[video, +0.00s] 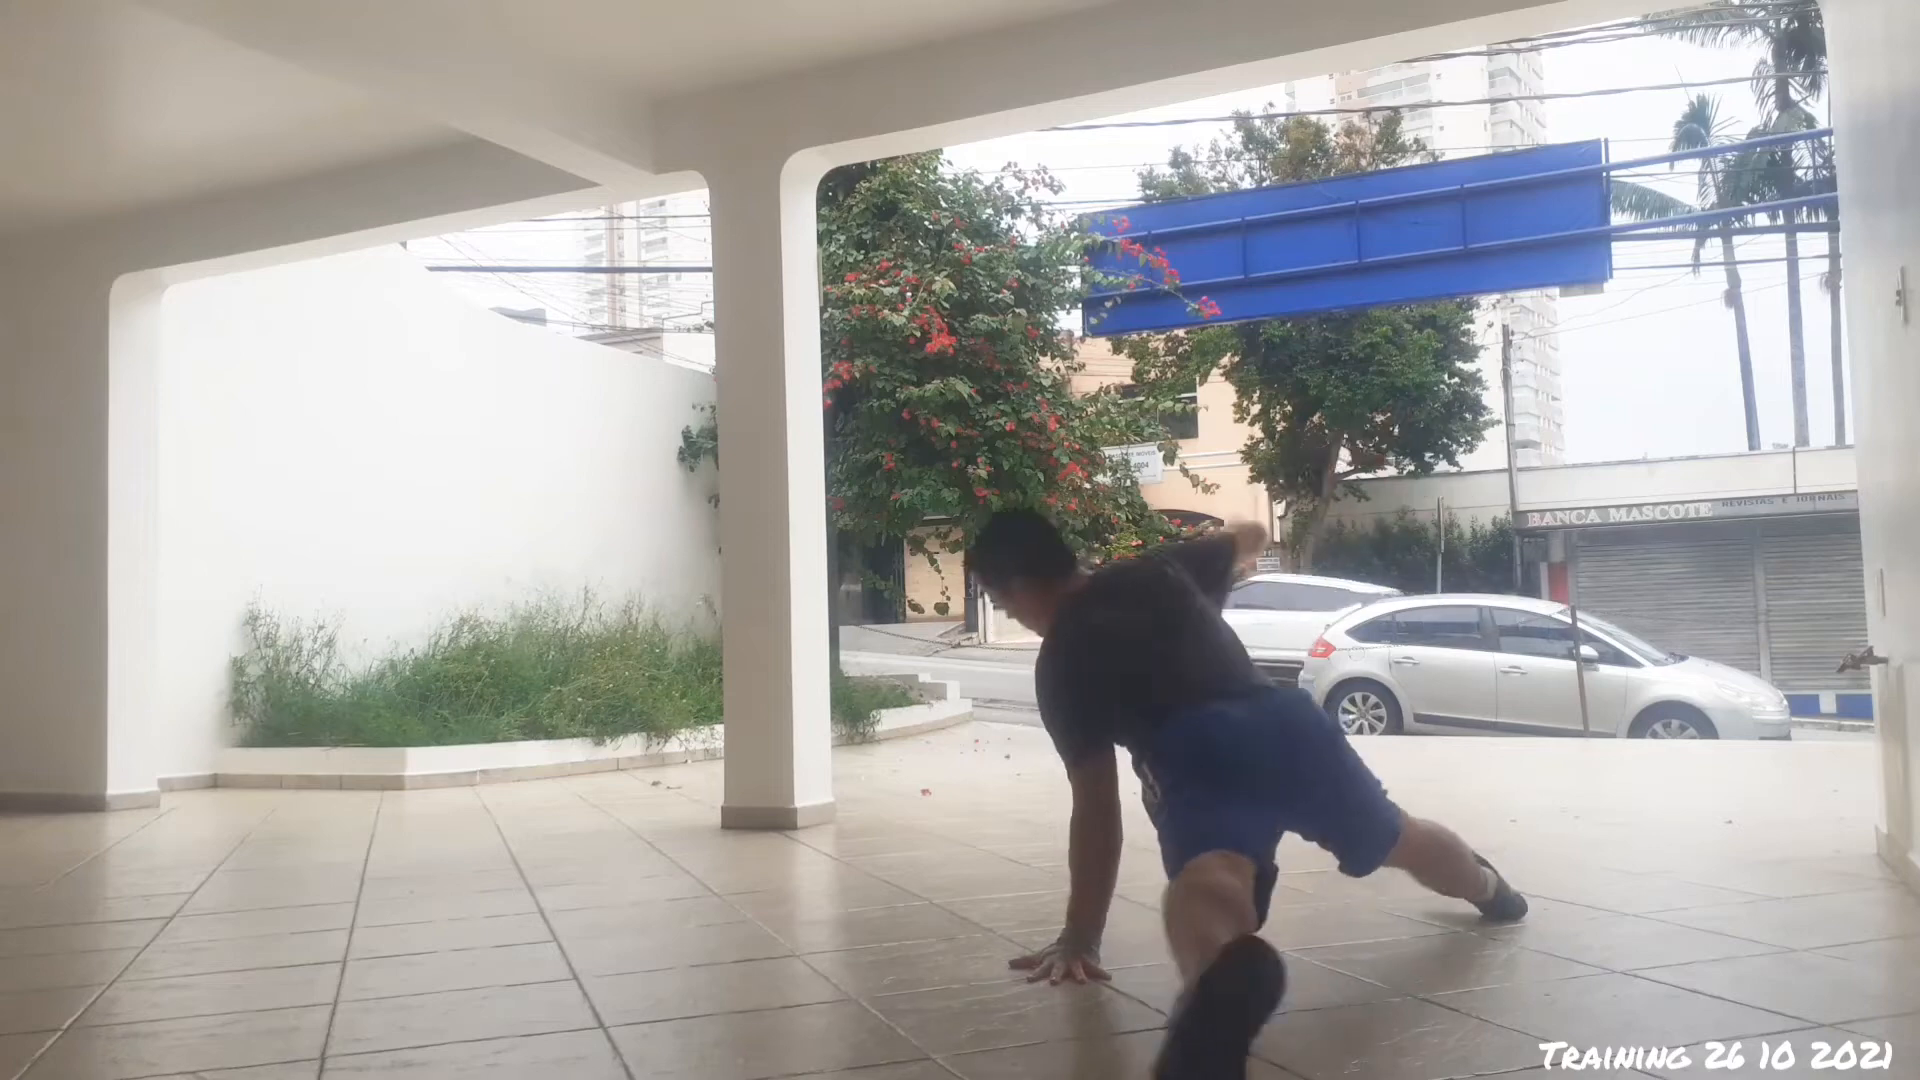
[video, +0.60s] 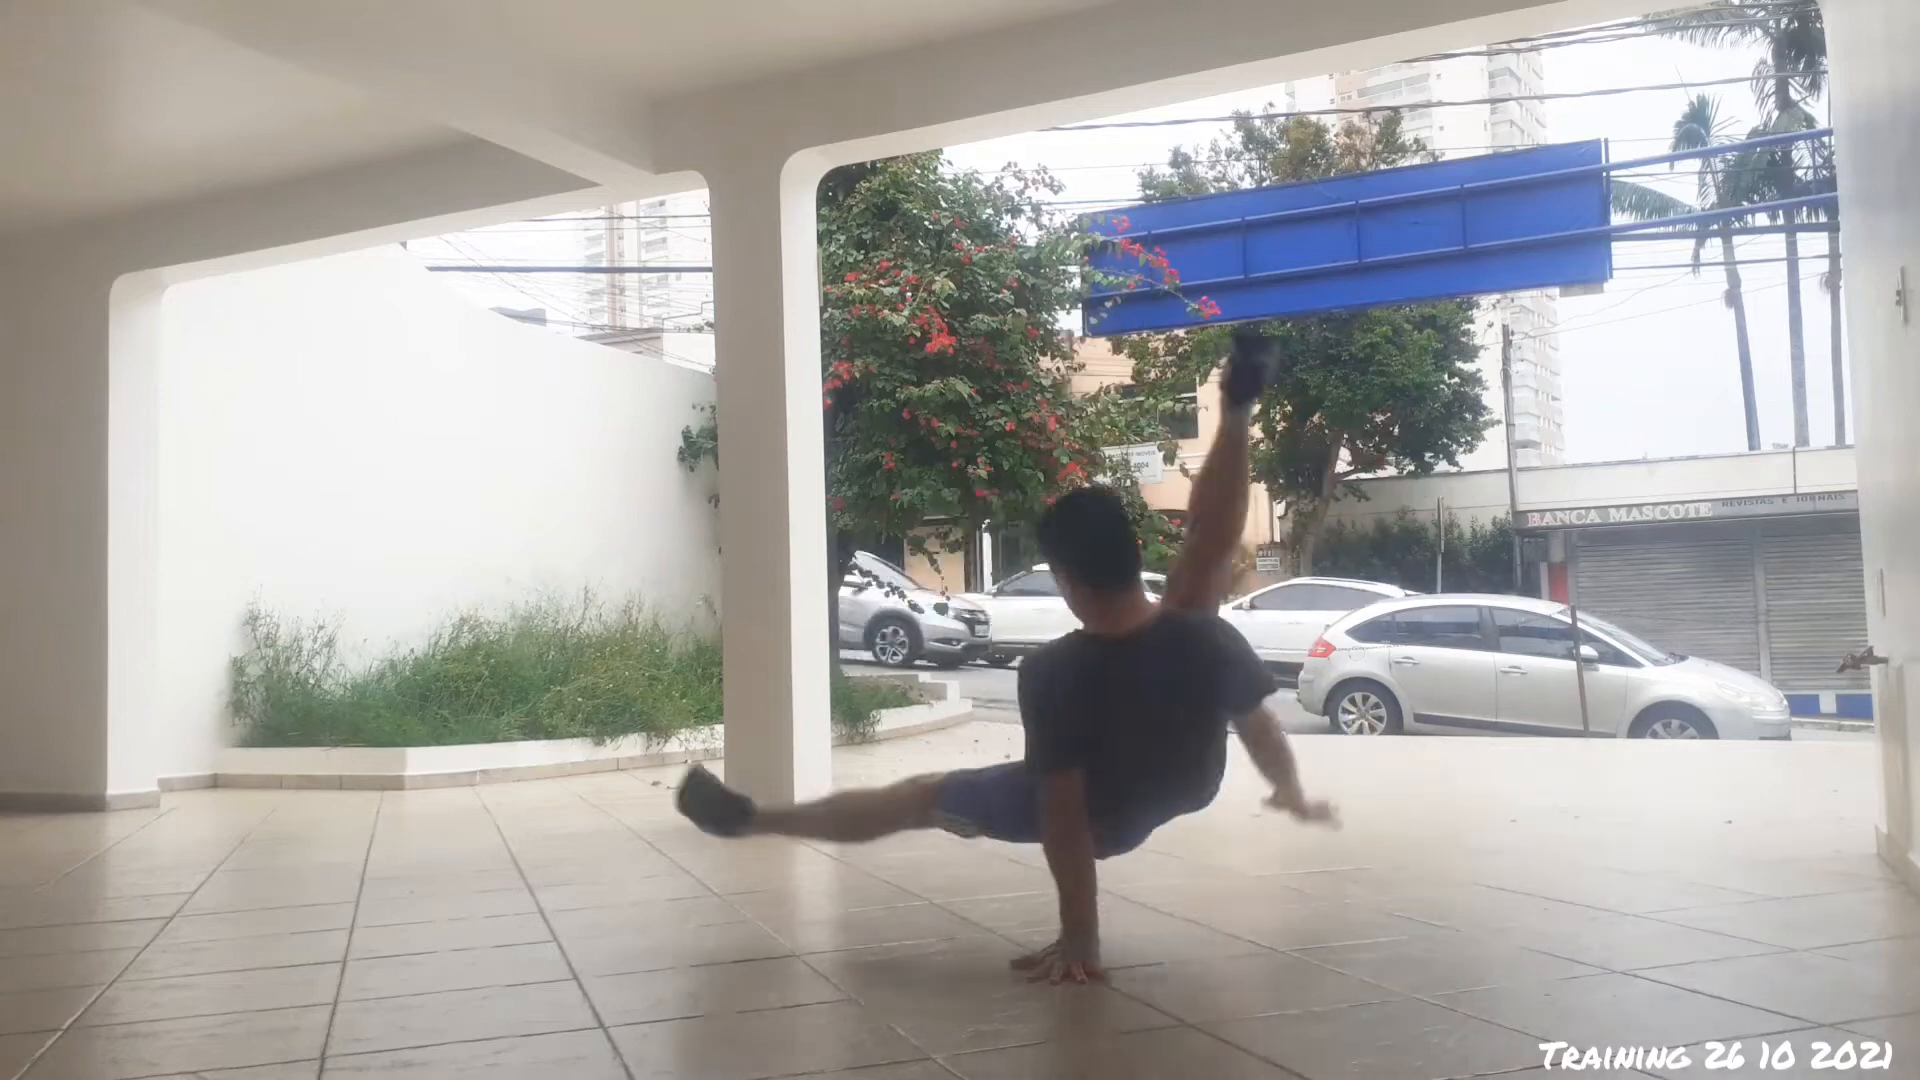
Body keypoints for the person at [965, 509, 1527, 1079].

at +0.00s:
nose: (1004, 611)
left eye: (997, 595)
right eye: (997, 596)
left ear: (1013, 588)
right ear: (1062, 557)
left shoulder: (1062, 661)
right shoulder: (1162, 568)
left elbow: (1096, 810)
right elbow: (1250, 533)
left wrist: (1080, 939)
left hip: (1194, 747)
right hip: (1282, 712)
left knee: (1210, 875)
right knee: (1396, 835)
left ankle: (1223, 976)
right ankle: (1496, 895)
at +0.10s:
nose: (959, 614)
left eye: (955, 600)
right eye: (951, 601)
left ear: (979, 586)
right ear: (1013, 549)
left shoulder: (1040, 664)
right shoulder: (1095, 545)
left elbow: (1089, 808)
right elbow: (1120, 515)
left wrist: (1078, 940)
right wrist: (1066, 543)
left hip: (1202, 734)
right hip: (1279, 679)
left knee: (1309, 875)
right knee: (1389, 808)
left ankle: (1439, 960)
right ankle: (1491, 893)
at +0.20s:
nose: (916, 622)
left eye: (908, 609)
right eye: (907, 607)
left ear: (932, 597)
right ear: (967, 550)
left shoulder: (1013, 677)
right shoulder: (1045, 532)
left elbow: (1081, 813)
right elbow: (1067, 437)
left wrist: (1080, 941)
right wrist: (1039, 353)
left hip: (1230, 730)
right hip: (1260, 654)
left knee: (1408, 840)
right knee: (1356, 788)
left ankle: (1644, 859)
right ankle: (1472, 878)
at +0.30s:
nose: (893, 616)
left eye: (887, 601)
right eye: (885, 600)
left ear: (904, 592)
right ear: (941, 543)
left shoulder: (982, 690)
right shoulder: (1032, 536)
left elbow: (1058, 813)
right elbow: (1089, 399)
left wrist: (1078, 947)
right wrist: (1091, 262)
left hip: (1224, 719)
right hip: (1228, 660)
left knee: (1421, 803)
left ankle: (1617, 787)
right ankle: (1401, 773)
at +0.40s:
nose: (910, 598)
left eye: (904, 584)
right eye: (904, 582)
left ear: (916, 591)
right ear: (977, 539)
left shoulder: (972, 700)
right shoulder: (1061, 565)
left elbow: (1044, 822)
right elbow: (1181, 470)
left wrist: (1077, 944)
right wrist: (1241, 343)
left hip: (1213, 779)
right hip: (1227, 673)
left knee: (1314, 816)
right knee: (1216, 588)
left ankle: (1400, 819)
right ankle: (1322, 576)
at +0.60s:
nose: (1053, 579)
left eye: (1051, 568)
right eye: (1063, 561)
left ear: (1064, 577)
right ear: (1134, 553)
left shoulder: (1053, 671)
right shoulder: (1202, 639)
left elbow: (1067, 821)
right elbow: (1262, 730)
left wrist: (1079, 943)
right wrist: (1291, 794)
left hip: (1084, 804)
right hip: (1186, 781)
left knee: (923, 798)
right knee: (1203, 573)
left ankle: (753, 816)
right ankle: (1238, 412)